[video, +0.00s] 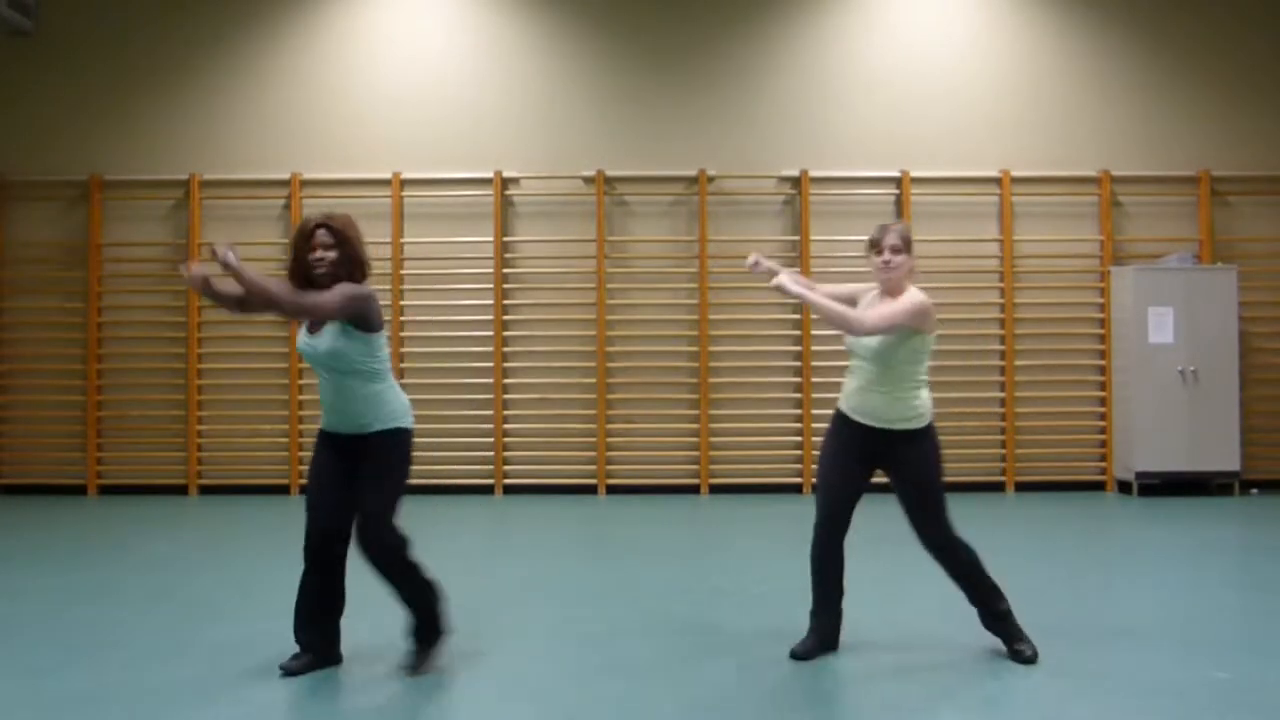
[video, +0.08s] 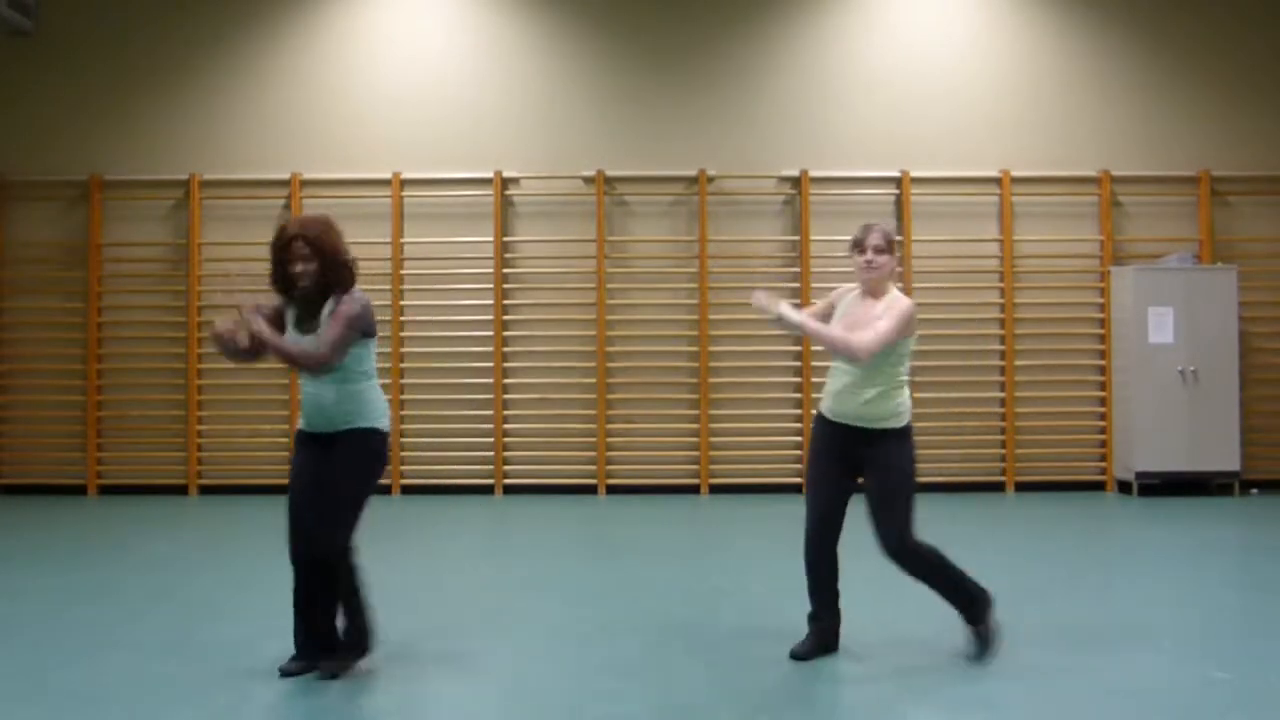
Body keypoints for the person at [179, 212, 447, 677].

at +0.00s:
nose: (321, 255)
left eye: (330, 247)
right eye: (313, 248)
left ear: (349, 253)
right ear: (302, 257)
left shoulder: (358, 297)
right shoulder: (302, 298)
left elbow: (299, 305)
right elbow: (247, 301)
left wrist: (238, 268)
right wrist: (206, 284)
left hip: (385, 434)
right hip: (335, 436)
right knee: (323, 544)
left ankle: (428, 619)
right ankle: (320, 648)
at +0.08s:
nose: (300, 268)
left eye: (309, 258)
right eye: (291, 260)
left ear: (328, 260)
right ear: (283, 265)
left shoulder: (352, 304)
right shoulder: (288, 308)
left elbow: (321, 357)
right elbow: (253, 350)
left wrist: (263, 332)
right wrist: (230, 340)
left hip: (359, 433)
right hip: (314, 434)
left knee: (329, 539)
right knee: (304, 546)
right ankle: (314, 647)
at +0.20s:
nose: (274, 282)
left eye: (281, 271)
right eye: (267, 274)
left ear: (302, 267)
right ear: (261, 275)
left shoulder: (337, 309)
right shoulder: (275, 314)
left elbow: (331, 375)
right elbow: (282, 382)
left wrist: (268, 372)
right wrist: (252, 379)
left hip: (325, 439)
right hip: (282, 437)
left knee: (287, 540)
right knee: (248, 539)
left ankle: (319, 652)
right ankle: (296, 650)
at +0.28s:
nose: (265, 255)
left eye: (273, 245)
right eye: (258, 249)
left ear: (294, 247)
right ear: (253, 257)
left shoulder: (321, 299)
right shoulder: (265, 304)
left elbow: (297, 346)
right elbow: (255, 366)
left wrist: (248, 324)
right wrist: (220, 342)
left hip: (308, 435)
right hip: (263, 433)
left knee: (289, 544)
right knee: (211, 525)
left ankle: (319, 651)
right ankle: (262, 623)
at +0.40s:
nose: (254, 233)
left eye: (264, 228)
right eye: (249, 227)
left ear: (282, 240)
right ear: (240, 235)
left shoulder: (289, 290)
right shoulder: (233, 289)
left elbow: (245, 266)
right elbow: (192, 300)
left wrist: (193, 232)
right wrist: (164, 257)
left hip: (282, 431)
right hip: (232, 430)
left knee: (286, 537)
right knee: (183, 519)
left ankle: (316, 651)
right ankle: (168, 622)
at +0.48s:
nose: (240, 238)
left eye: (253, 234)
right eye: (236, 232)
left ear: (269, 254)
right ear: (225, 241)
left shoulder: (265, 296)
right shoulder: (213, 288)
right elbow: (166, 257)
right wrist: (126, 206)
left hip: (260, 441)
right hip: (205, 441)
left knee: (281, 549)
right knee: (161, 542)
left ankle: (317, 653)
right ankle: (111, 643)